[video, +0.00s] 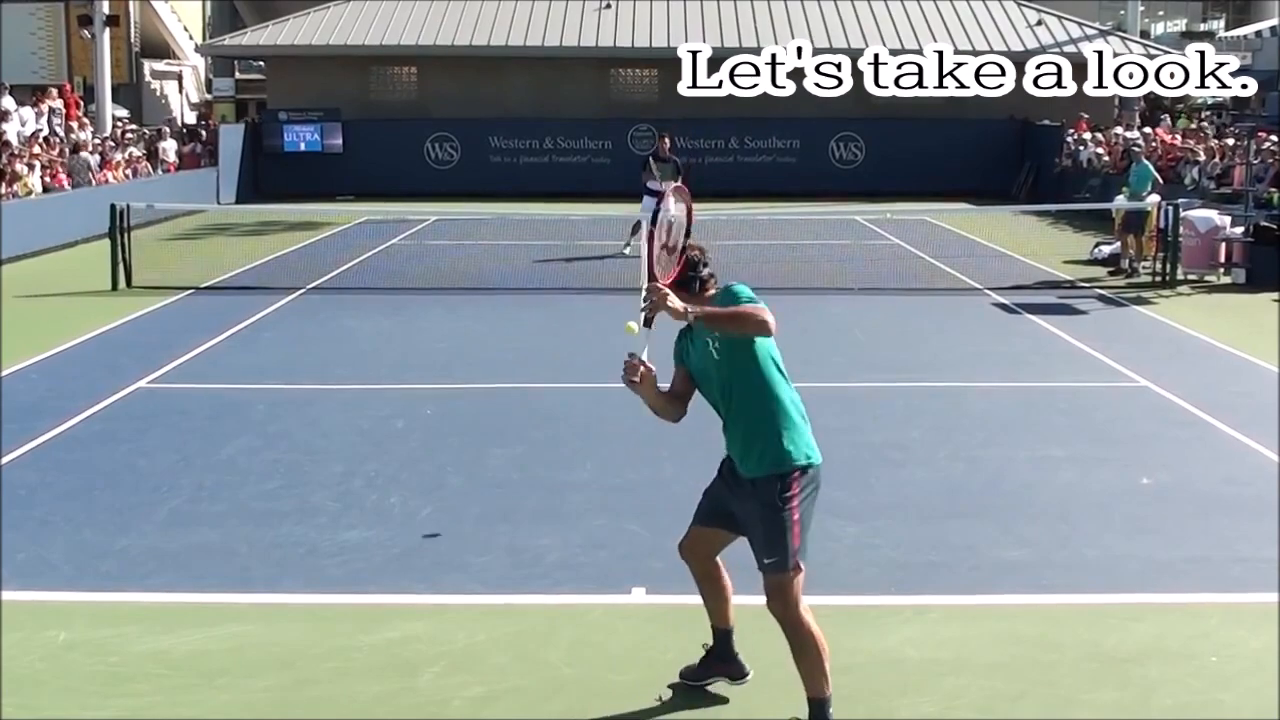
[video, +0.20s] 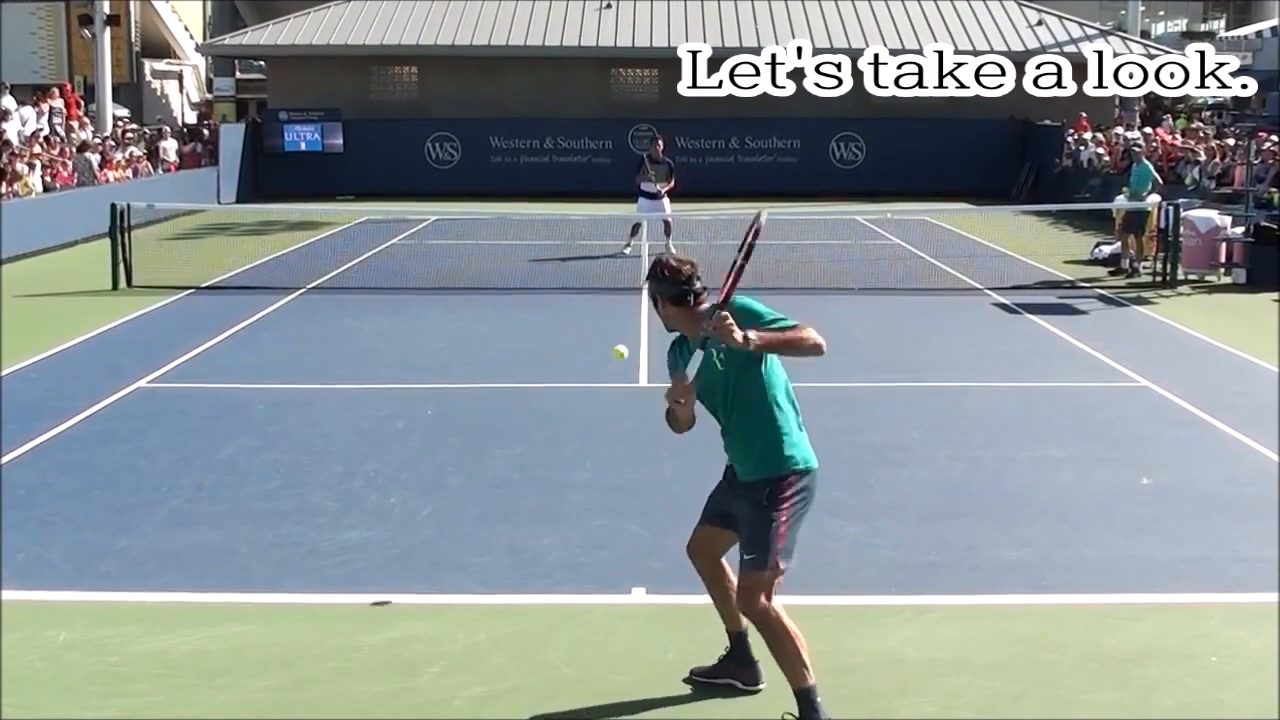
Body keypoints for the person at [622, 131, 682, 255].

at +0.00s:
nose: (664, 146)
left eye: (666, 143)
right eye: (662, 143)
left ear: (669, 145)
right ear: (658, 145)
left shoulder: (675, 161)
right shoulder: (650, 160)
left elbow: (679, 177)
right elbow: (645, 178)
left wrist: (674, 187)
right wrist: (660, 184)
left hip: (668, 194)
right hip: (652, 194)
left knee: (672, 218)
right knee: (643, 219)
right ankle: (629, 243)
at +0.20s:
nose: (657, 148)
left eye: (659, 146)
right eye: (655, 146)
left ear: (662, 147)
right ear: (651, 147)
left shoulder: (668, 163)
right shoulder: (644, 160)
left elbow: (672, 181)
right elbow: (638, 179)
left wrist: (664, 189)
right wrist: (647, 176)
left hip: (661, 195)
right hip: (645, 195)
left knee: (668, 220)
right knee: (639, 221)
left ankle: (668, 243)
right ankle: (629, 243)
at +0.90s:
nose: (659, 141)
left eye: (661, 138)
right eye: (656, 139)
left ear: (664, 139)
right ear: (652, 140)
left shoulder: (670, 154)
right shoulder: (646, 153)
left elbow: (670, 177)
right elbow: (642, 168)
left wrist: (656, 181)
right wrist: (645, 177)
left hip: (666, 190)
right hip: (650, 188)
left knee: (668, 215)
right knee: (637, 214)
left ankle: (673, 241)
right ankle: (622, 238)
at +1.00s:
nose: (654, 139)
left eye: (656, 136)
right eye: (652, 136)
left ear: (661, 135)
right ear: (651, 138)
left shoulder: (671, 149)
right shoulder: (651, 149)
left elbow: (678, 167)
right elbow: (653, 165)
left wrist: (672, 182)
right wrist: (648, 176)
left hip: (668, 184)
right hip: (653, 183)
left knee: (670, 214)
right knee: (641, 211)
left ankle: (673, 242)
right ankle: (626, 236)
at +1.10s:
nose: (650, 139)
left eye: (652, 136)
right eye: (650, 136)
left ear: (658, 135)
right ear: (650, 137)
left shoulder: (672, 147)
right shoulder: (652, 149)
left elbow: (686, 160)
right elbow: (657, 164)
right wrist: (651, 173)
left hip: (671, 184)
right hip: (655, 183)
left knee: (672, 214)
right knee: (643, 209)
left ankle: (675, 242)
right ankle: (631, 232)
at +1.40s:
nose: (654, 140)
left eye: (655, 137)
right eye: (651, 138)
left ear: (660, 137)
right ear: (649, 140)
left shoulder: (671, 149)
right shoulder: (650, 154)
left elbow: (690, 155)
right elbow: (657, 171)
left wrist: (701, 170)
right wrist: (648, 177)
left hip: (672, 188)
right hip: (655, 188)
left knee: (673, 216)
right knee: (646, 212)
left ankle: (674, 244)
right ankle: (647, 233)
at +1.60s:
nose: (651, 142)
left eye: (652, 139)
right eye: (649, 140)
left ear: (656, 139)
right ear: (645, 141)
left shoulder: (666, 152)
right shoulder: (644, 155)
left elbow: (684, 160)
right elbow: (644, 168)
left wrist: (690, 175)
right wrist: (643, 178)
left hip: (666, 187)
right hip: (651, 187)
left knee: (668, 215)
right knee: (650, 215)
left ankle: (673, 244)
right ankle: (655, 241)